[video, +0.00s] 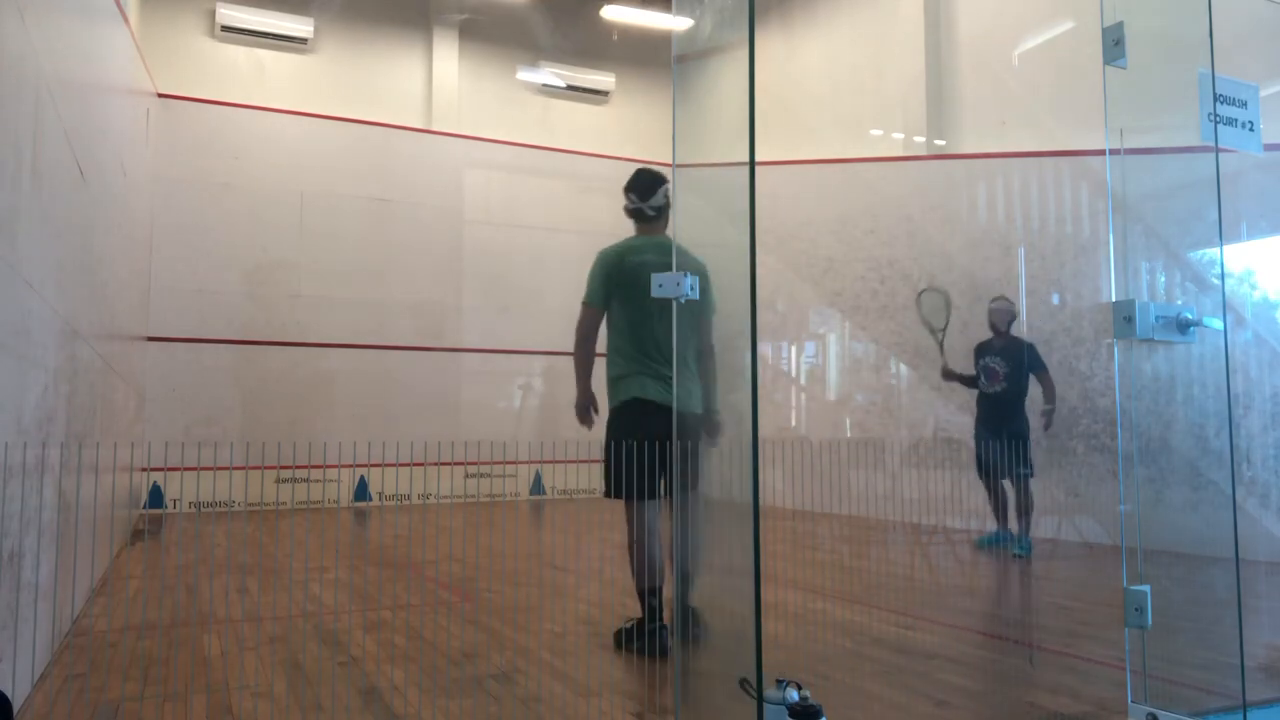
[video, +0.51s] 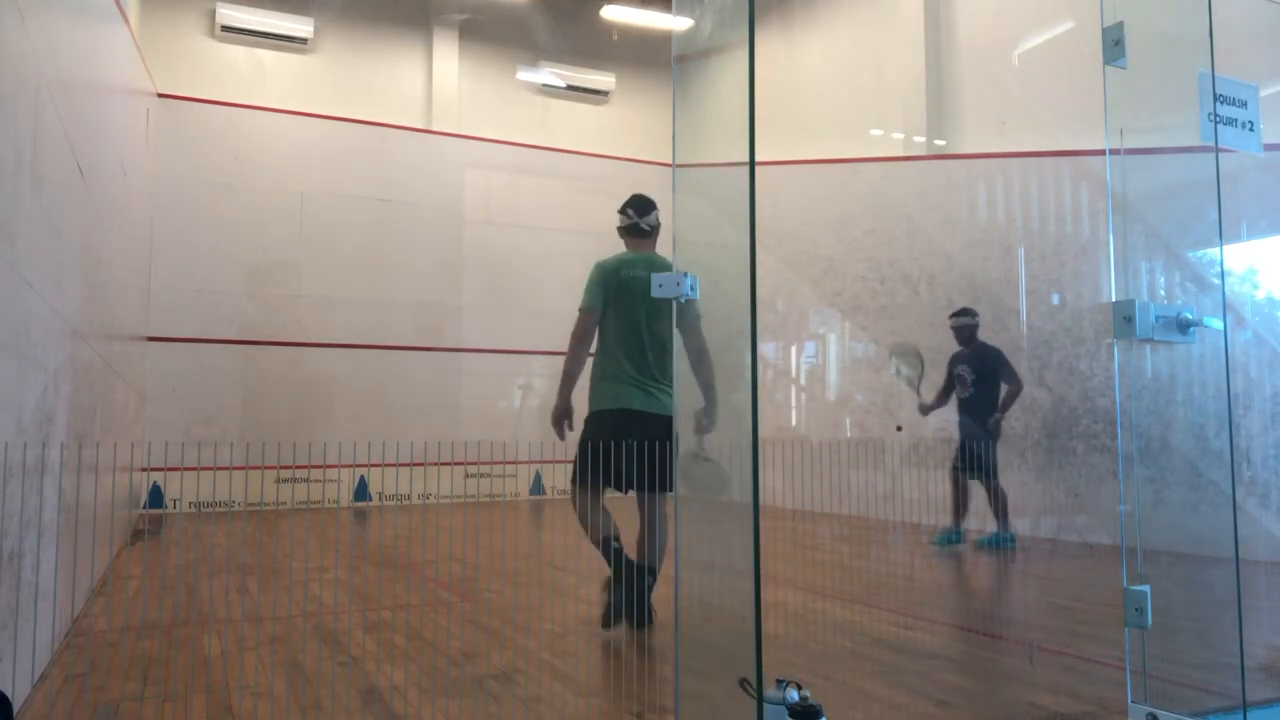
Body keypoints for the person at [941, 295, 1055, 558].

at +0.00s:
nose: (997, 317)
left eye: (1002, 312)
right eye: (993, 312)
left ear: (1012, 316)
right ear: (988, 316)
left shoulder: (1023, 348)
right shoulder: (982, 349)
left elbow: (1045, 380)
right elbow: (981, 382)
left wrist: (1049, 408)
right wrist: (955, 377)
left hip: (1013, 421)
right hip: (986, 422)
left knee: (1019, 479)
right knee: (990, 479)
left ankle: (1023, 538)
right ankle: (1002, 531)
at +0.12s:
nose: (986, 323)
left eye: (991, 318)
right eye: (983, 318)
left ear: (1001, 321)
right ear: (978, 321)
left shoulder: (1015, 350)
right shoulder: (978, 352)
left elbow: (1043, 383)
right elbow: (979, 387)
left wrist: (1039, 412)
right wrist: (952, 383)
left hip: (1010, 423)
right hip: (985, 424)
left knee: (1015, 481)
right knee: (994, 481)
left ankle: (1022, 538)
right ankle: (1004, 532)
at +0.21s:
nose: (979, 329)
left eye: (984, 324)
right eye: (975, 324)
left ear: (993, 324)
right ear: (970, 326)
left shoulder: (1009, 352)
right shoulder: (975, 355)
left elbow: (1039, 380)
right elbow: (975, 390)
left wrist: (1029, 416)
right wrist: (950, 389)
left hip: (1003, 425)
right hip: (983, 425)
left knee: (1005, 481)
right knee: (993, 481)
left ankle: (1018, 536)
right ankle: (1004, 532)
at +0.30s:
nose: (967, 332)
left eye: (971, 326)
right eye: (964, 327)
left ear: (984, 325)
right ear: (964, 328)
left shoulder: (1001, 352)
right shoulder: (971, 357)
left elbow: (1032, 380)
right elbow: (969, 392)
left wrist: (1016, 413)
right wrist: (945, 393)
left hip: (997, 425)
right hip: (980, 425)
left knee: (994, 479)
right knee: (988, 480)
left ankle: (1007, 533)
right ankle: (1003, 531)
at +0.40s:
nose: (962, 333)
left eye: (966, 327)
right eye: (959, 328)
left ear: (978, 327)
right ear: (959, 329)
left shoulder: (996, 353)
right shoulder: (965, 358)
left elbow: (1024, 382)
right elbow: (960, 391)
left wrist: (1009, 413)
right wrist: (939, 400)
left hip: (992, 425)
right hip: (975, 425)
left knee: (972, 472)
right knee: (989, 477)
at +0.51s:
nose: (957, 334)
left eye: (962, 329)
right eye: (954, 329)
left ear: (974, 328)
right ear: (952, 330)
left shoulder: (990, 354)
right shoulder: (957, 359)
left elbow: (1015, 385)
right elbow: (947, 390)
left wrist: (999, 415)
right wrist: (931, 406)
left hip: (985, 427)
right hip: (968, 427)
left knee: (958, 472)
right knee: (988, 480)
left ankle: (955, 529)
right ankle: (1004, 532)